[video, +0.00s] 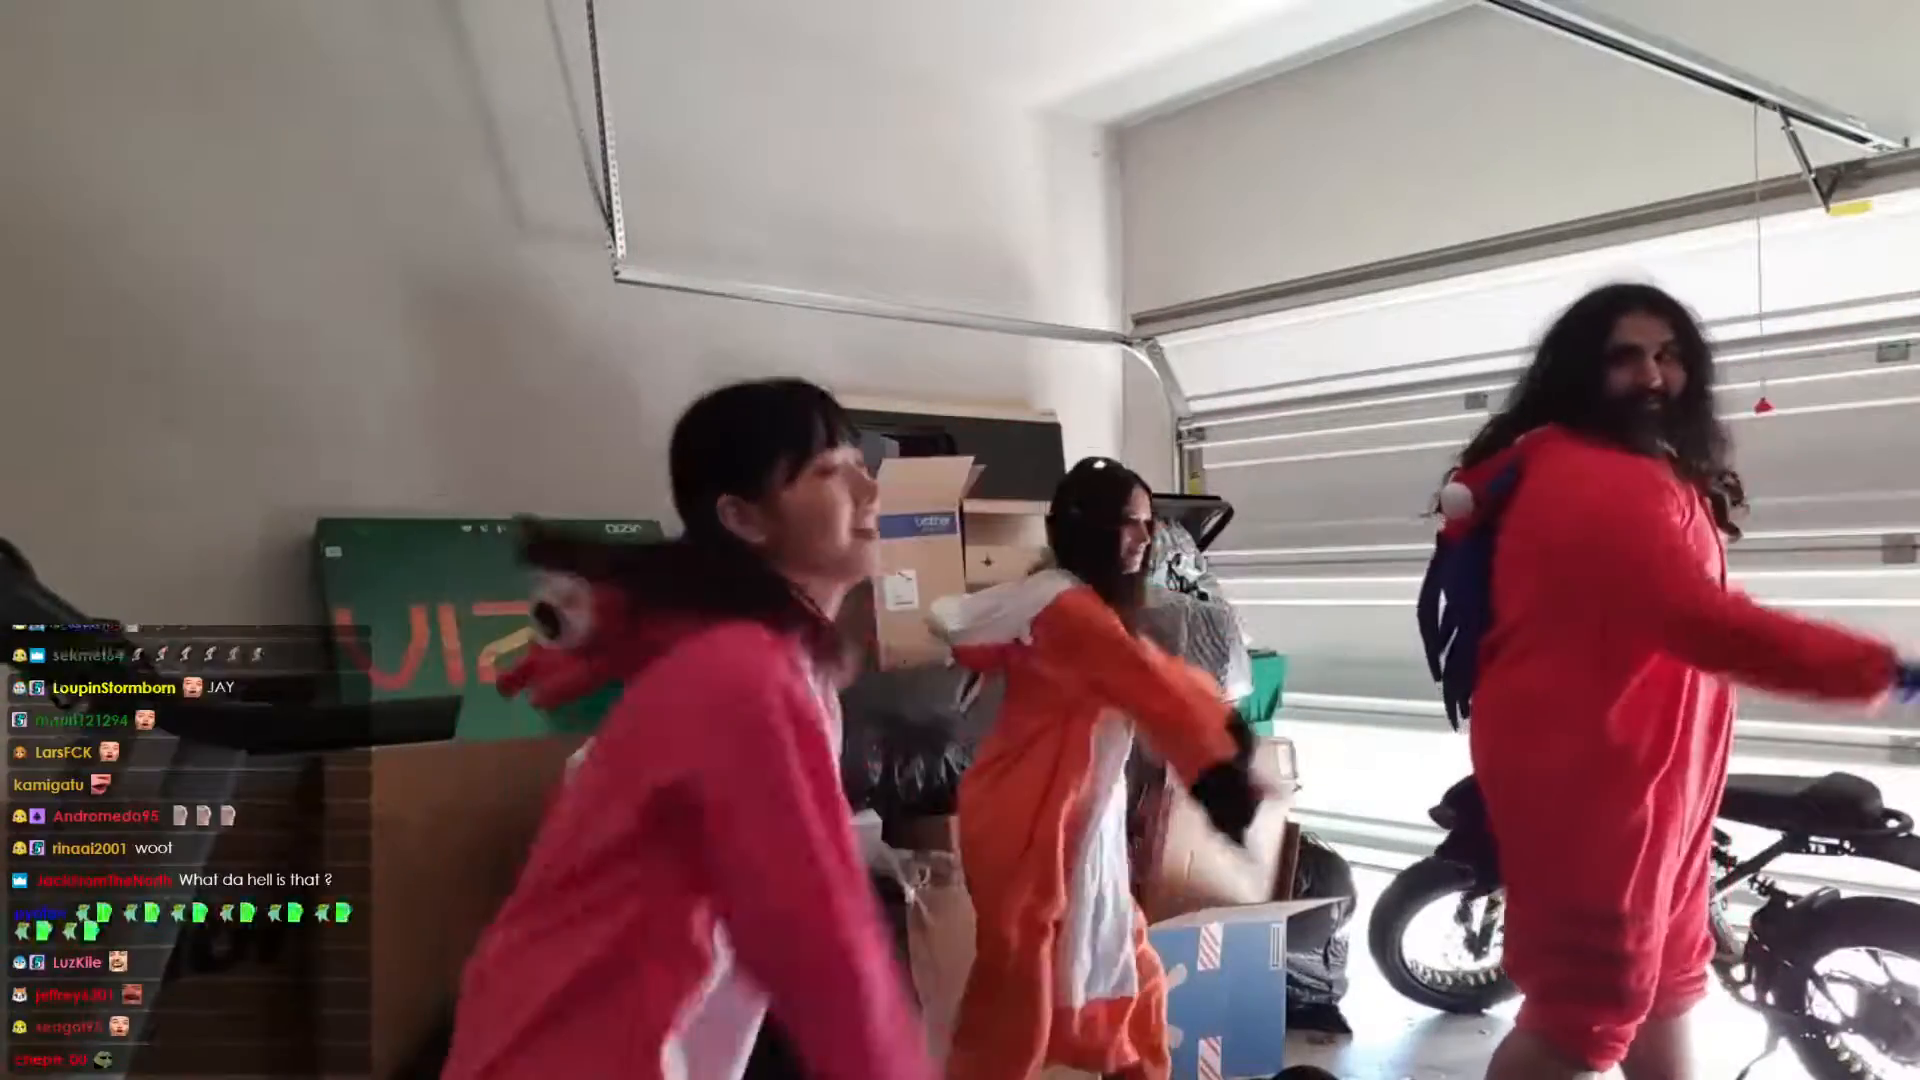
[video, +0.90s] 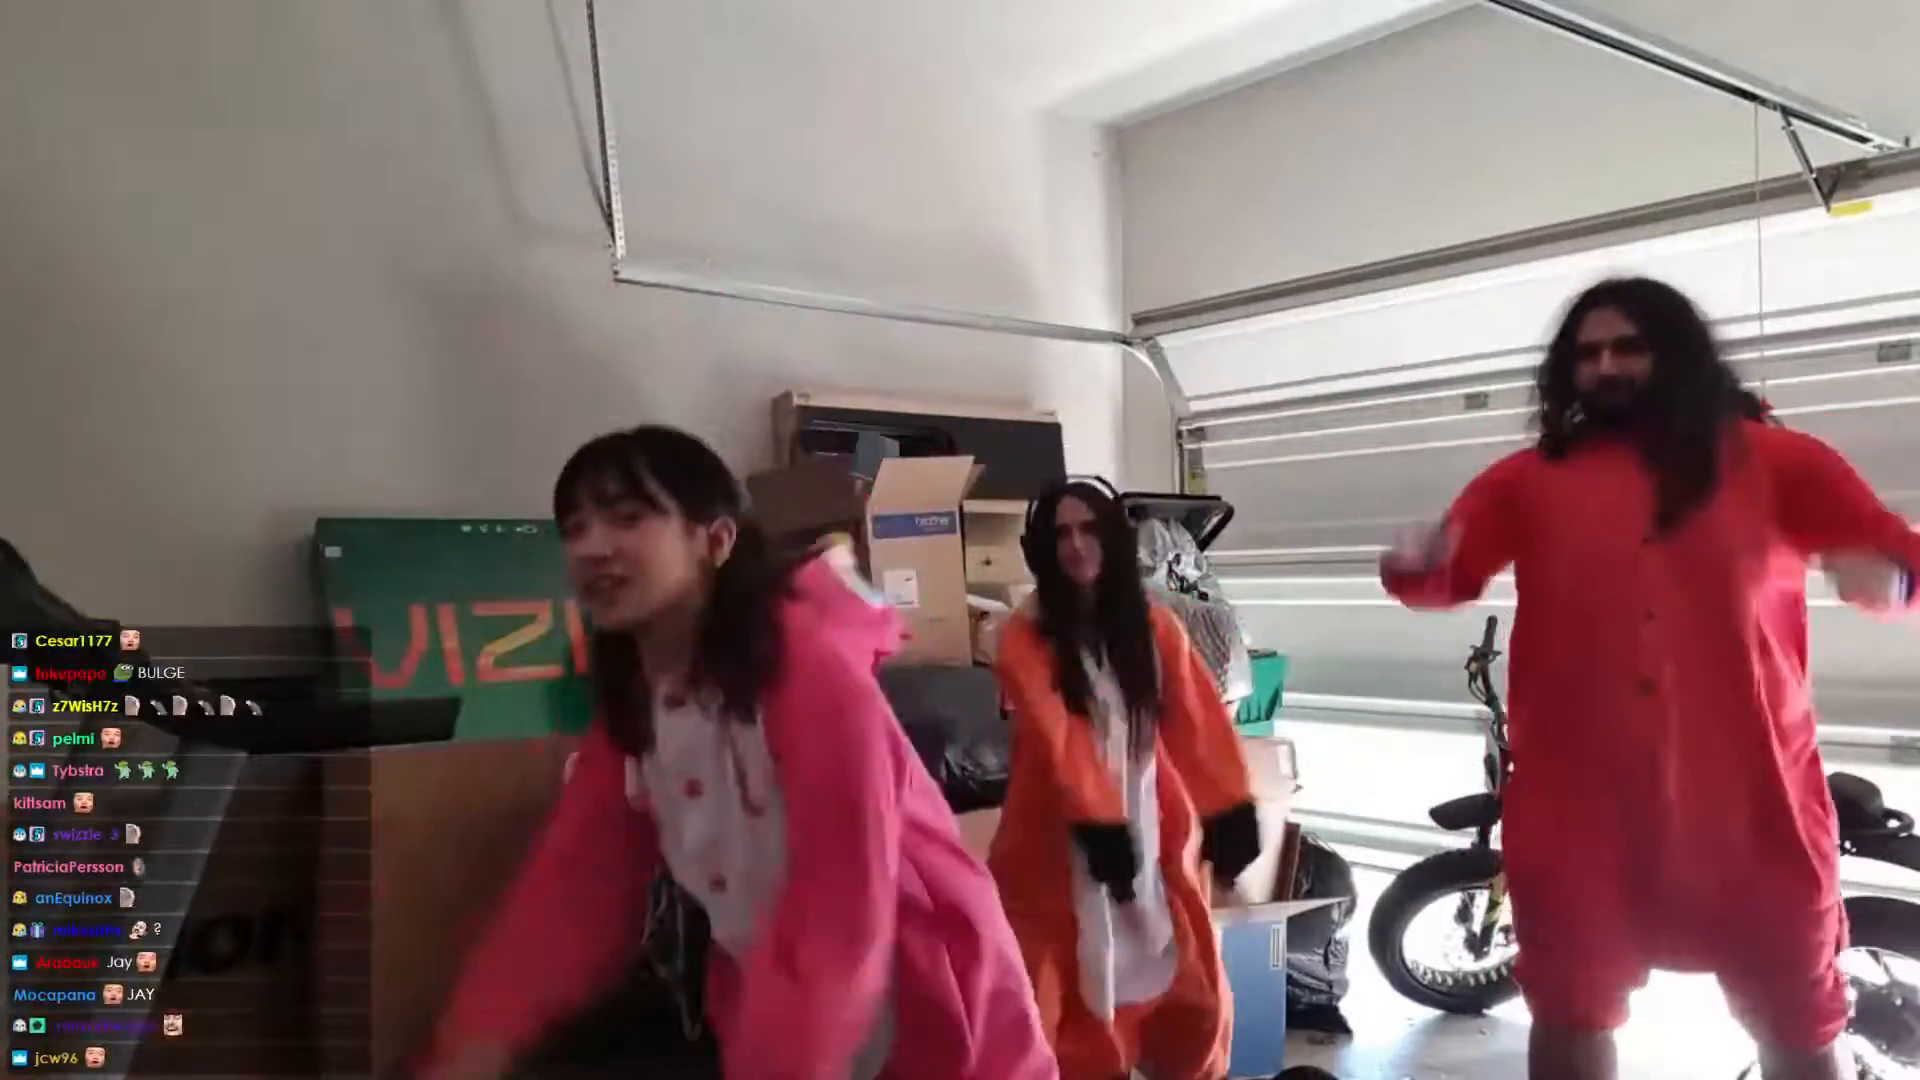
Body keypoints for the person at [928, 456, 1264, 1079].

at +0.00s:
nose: (1143, 540)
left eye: (1148, 526)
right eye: (1130, 523)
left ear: (1148, 530)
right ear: (1087, 525)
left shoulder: (1091, 604)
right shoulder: (1061, 605)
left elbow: (1159, 675)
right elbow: (1147, 684)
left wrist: (1220, 729)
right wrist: (1218, 762)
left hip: (1081, 823)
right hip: (1025, 822)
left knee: (1136, 979)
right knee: (1018, 986)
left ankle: (1138, 1073)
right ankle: (985, 1075)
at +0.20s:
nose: (1147, 553)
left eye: (1149, 539)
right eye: (1135, 539)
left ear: (1070, 543)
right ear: (1096, 541)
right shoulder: (1080, 629)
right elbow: (1112, 761)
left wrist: (1154, 840)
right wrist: (1152, 875)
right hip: (1055, 871)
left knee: (1160, 979)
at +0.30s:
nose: (1134, 529)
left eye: (1140, 515)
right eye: (1121, 513)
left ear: (1143, 518)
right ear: (1080, 516)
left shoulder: (1091, 597)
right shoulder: (1065, 599)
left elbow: (1173, 667)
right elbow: (1156, 666)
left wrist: (1255, 716)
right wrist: (1263, 727)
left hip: (1108, 833)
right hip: (1053, 835)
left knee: (1162, 977)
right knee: (1033, 1004)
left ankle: (1148, 1074)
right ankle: (1004, 1070)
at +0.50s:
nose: (1127, 521)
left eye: (1133, 508)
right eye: (1109, 507)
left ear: (1141, 512)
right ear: (1070, 516)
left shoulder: (1141, 592)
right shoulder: (1061, 597)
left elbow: (1200, 549)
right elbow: (1157, 571)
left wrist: (1212, 455)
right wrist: (1205, 449)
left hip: (1165, 822)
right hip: (1095, 826)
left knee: (1194, 981)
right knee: (1071, 983)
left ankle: (1168, 1073)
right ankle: (1029, 1064)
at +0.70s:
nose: (1105, 506)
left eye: (1116, 492)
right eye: (1088, 494)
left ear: (1135, 497)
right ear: (1059, 505)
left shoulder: (1161, 580)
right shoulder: (1039, 584)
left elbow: (1230, 533)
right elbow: (1088, 577)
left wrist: (1257, 444)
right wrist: (1183, 491)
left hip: (1172, 825)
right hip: (1079, 832)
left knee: (1194, 1002)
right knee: (1048, 1017)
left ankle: (1176, 1073)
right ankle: (1022, 1074)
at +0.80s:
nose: (1092, 514)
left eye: (1104, 499)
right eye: (1075, 500)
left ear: (1124, 507)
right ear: (1048, 511)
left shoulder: (1152, 585)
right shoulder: (1029, 592)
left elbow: (1212, 623)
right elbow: (1070, 641)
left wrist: (1272, 635)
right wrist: (1145, 653)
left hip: (1162, 824)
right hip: (1067, 830)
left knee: (1186, 989)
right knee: (1049, 988)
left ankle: (1175, 1069)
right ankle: (1037, 1067)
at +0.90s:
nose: (1075, 546)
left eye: (1089, 530)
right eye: (1061, 534)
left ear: (1114, 540)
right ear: (1045, 547)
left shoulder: (1153, 624)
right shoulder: (1025, 636)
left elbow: (1198, 716)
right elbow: (1052, 736)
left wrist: (1231, 815)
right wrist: (1100, 825)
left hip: (1147, 827)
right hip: (1056, 837)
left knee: (1187, 990)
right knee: (1065, 985)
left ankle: (1179, 1068)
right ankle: (1080, 1069)